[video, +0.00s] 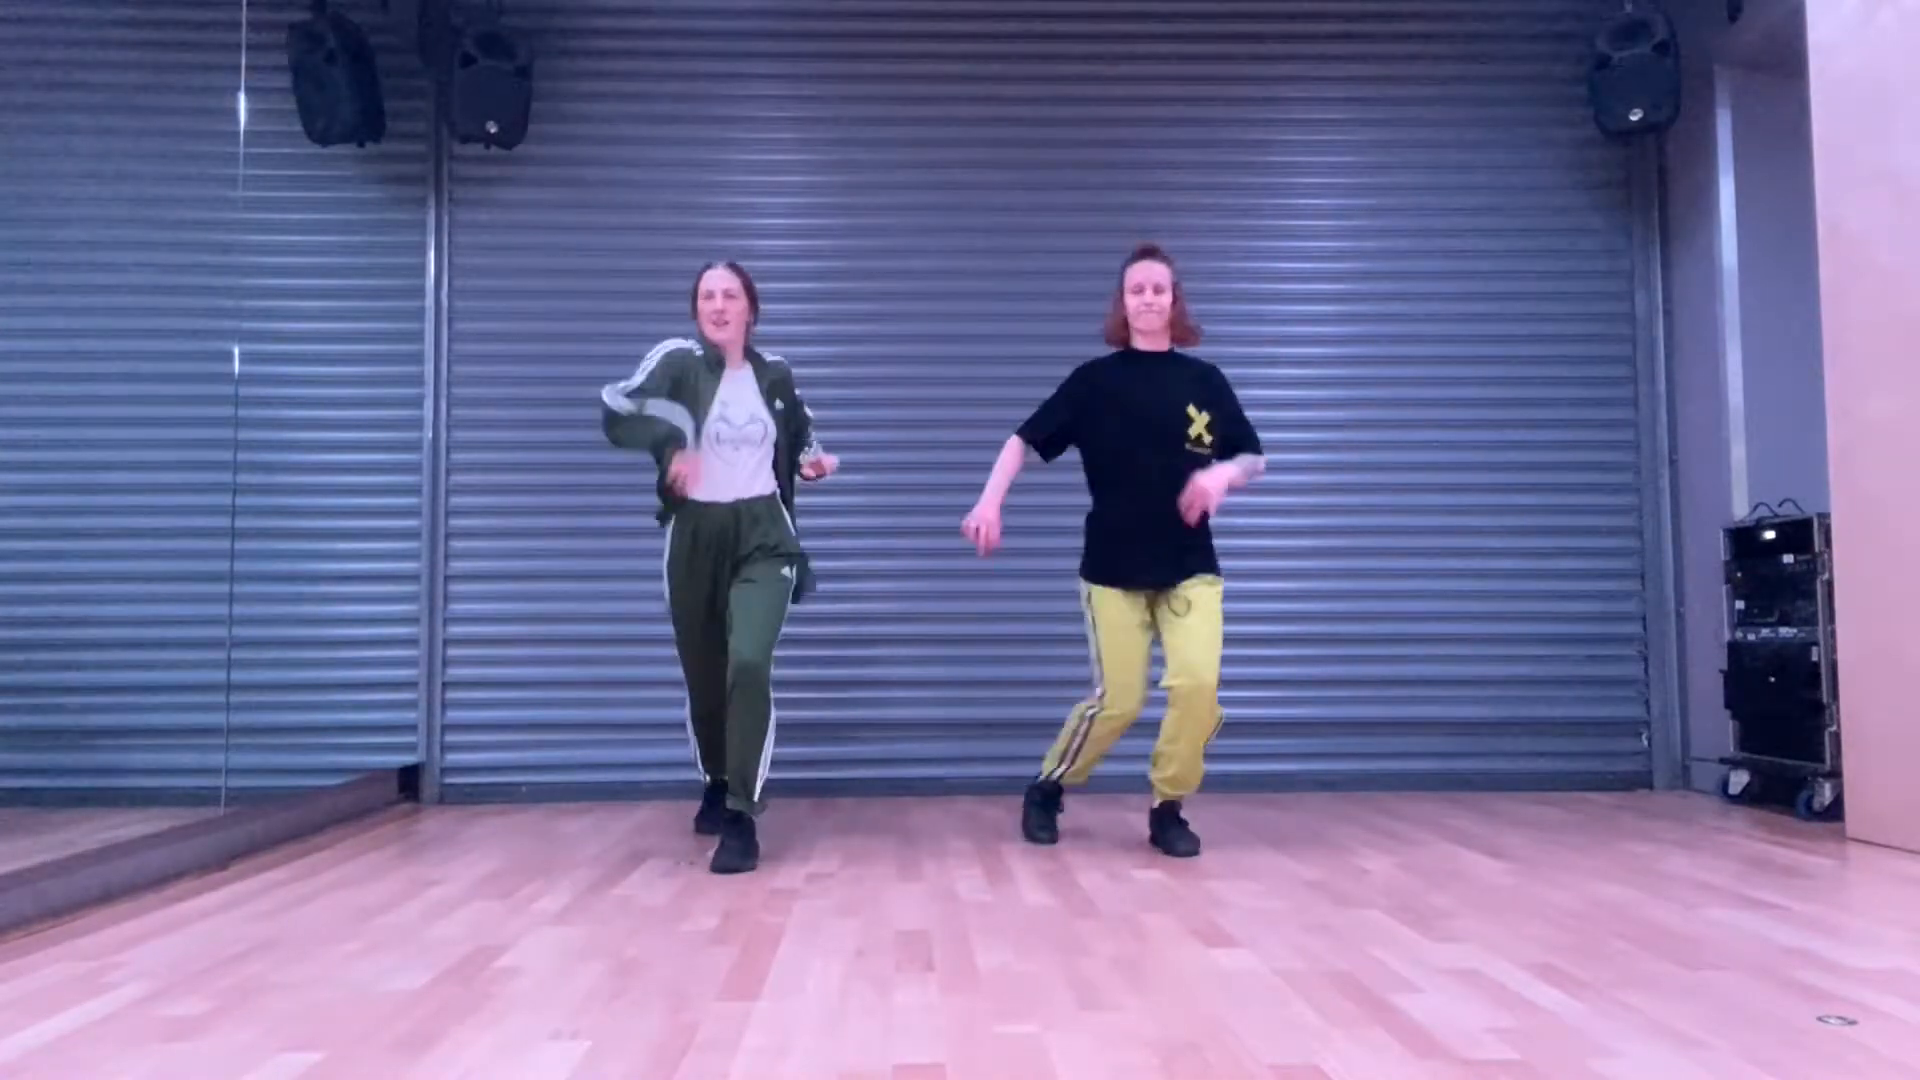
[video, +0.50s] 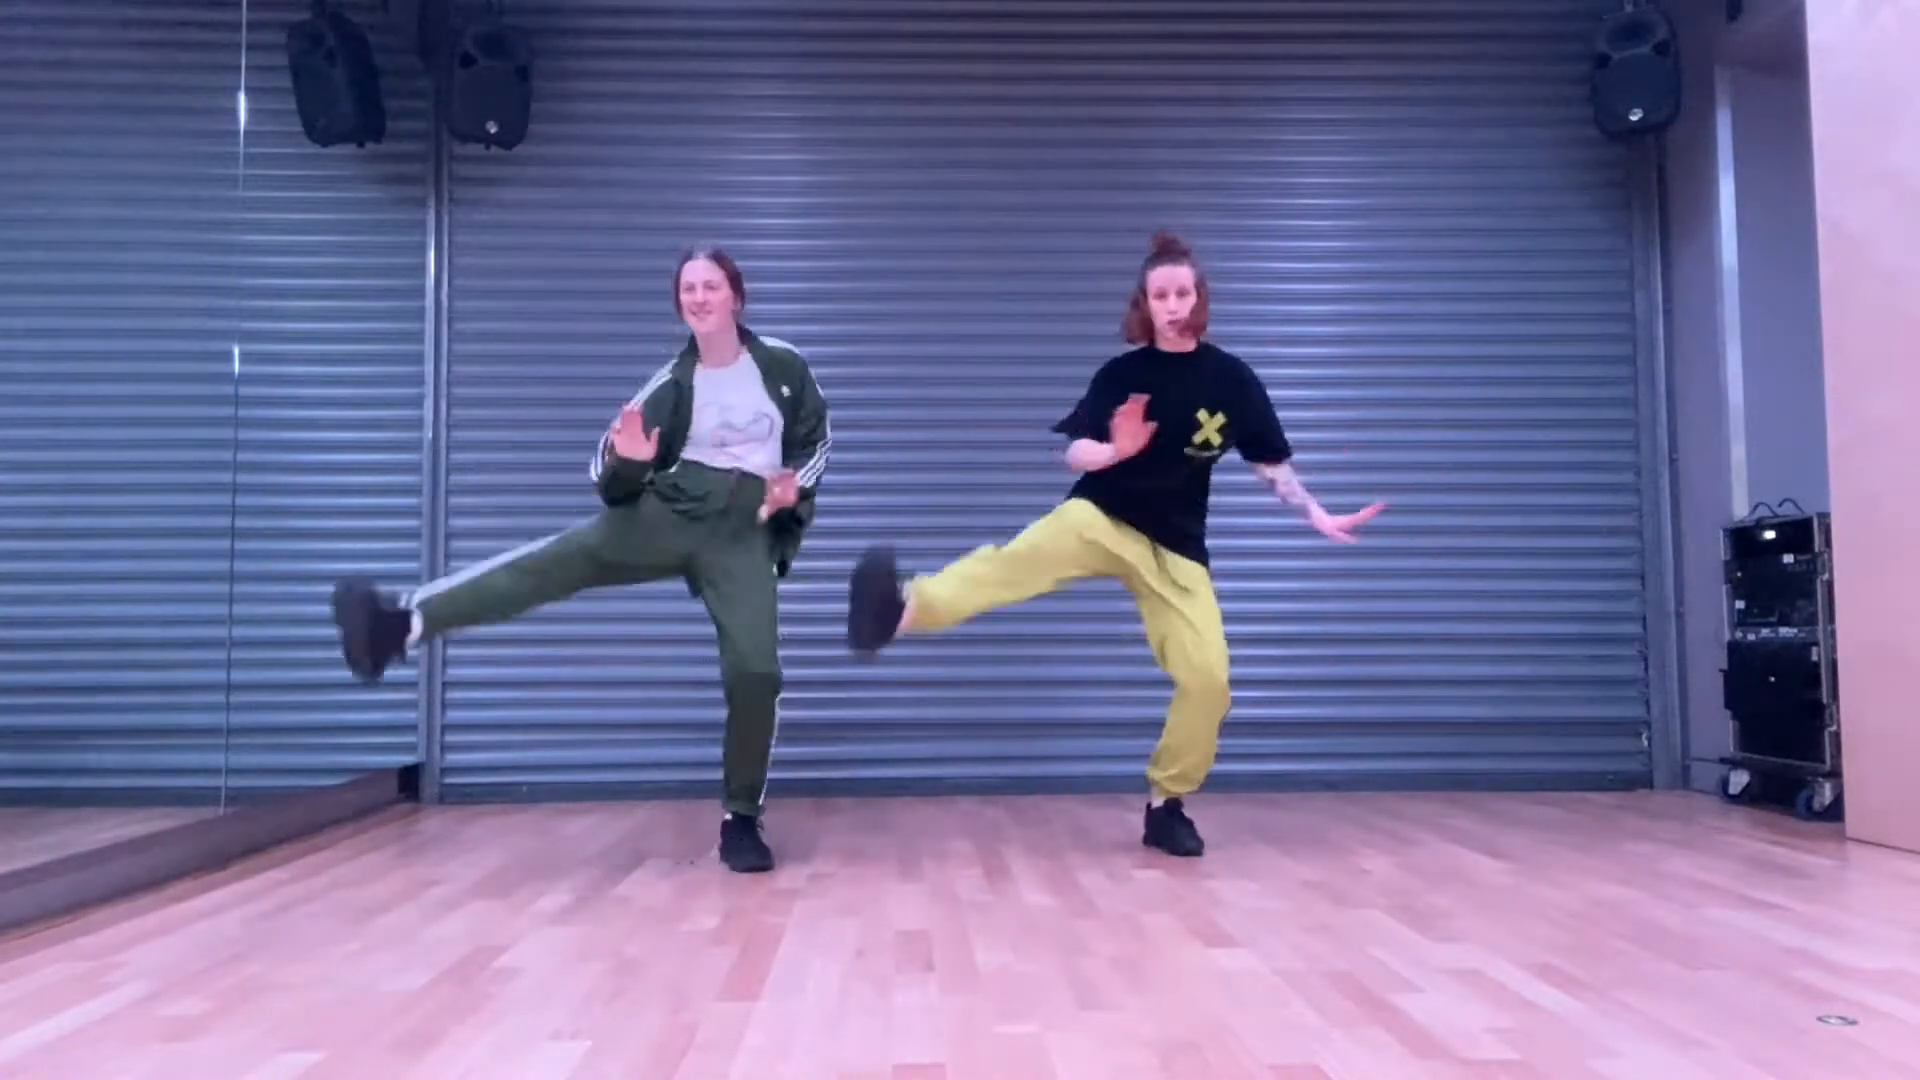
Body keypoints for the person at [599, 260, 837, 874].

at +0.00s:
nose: (718, 305)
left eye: (730, 296)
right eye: (708, 296)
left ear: (751, 309)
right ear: (695, 309)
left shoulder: (774, 374)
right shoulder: (676, 362)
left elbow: (796, 435)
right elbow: (616, 412)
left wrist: (808, 457)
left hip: (765, 534)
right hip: (696, 535)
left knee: (748, 663)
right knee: (703, 672)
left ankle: (740, 814)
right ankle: (716, 784)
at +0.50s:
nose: (700, 297)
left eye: (711, 286)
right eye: (689, 289)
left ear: (737, 296)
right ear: (680, 305)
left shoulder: (784, 368)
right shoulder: (668, 386)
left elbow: (817, 443)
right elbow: (613, 486)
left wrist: (795, 483)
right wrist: (625, 462)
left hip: (742, 531)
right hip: (665, 514)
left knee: (756, 671)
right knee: (553, 563)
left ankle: (742, 821)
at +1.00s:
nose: (668, 299)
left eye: (680, 287)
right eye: (657, 290)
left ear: (705, 298)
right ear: (646, 303)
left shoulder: (732, 374)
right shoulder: (634, 352)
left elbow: (784, 430)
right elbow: (613, 353)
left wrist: (849, 445)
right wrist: (616, 342)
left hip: (705, 534)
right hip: (627, 528)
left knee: (722, 680)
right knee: (557, 674)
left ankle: (747, 820)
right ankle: (472, 821)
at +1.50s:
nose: (538, 288)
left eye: (551, 277)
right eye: (533, 280)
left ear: (588, 286)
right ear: (534, 293)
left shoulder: (592, 326)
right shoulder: (563, 352)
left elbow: (611, 386)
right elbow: (584, 440)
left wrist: (568, 420)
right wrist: (541, 491)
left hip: (595, 515)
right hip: (557, 526)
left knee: (662, 670)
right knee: (478, 672)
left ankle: (776, 808)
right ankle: (481, 829)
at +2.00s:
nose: (457, 216)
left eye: (474, 206)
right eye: (455, 207)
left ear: (514, 228)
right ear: (454, 228)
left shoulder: (534, 296)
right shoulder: (448, 298)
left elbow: (604, 372)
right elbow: (366, 313)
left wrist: (627, 447)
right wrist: (361, 221)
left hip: (567, 455)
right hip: (511, 461)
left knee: (408, 466)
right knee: (489, 625)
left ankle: (506, 592)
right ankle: (498, 804)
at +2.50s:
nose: (494, 320)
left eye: (509, 309)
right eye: (493, 309)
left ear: (548, 325)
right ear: (497, 326)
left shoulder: (565, 389)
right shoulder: (525, 398)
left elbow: (584, 494)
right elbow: (524, 516)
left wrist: (583, 594)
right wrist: (508, 602)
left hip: (593, 570)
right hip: (553, 567)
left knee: (513, 690)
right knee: (479, 681)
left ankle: (591, 830)